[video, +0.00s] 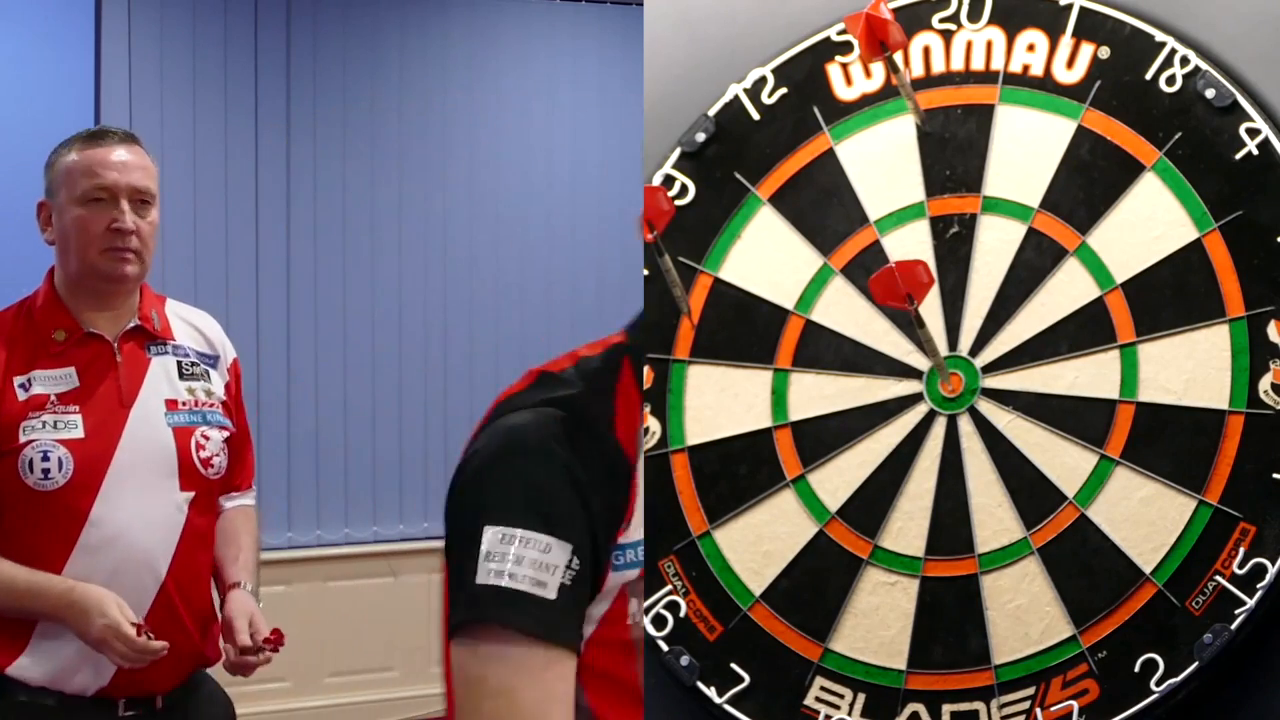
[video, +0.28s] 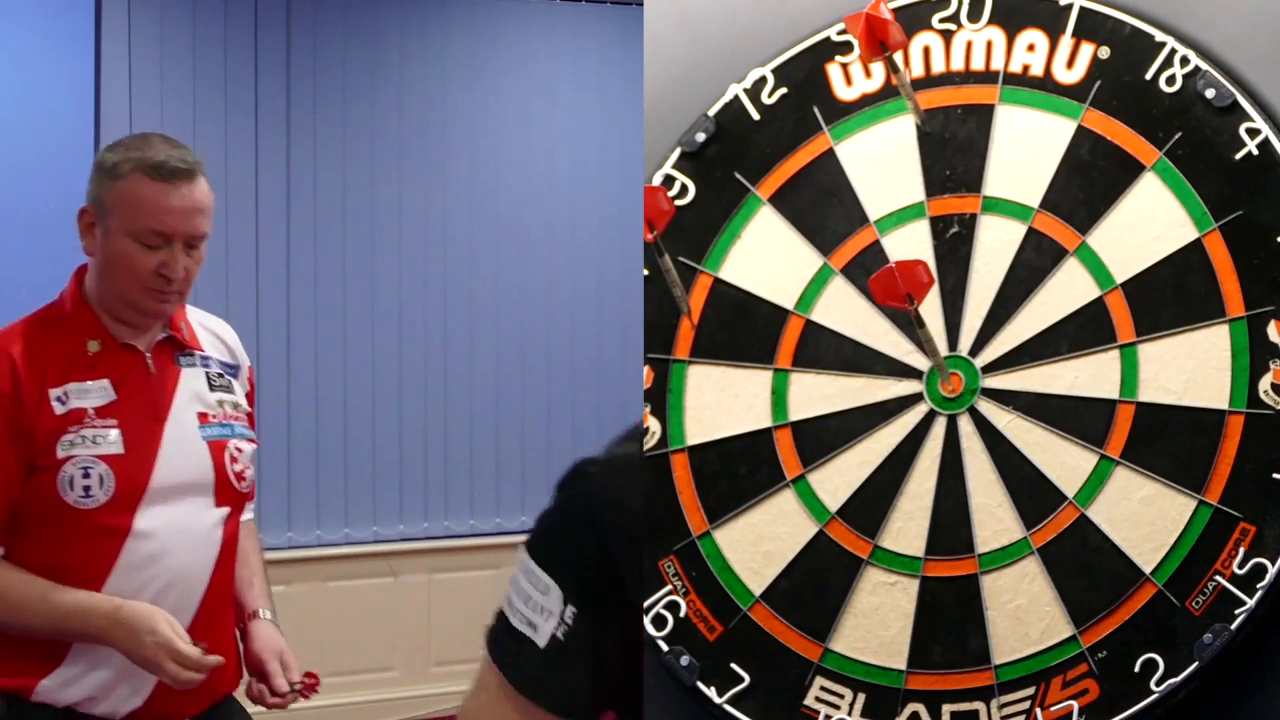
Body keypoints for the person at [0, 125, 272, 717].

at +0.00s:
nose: (127, 222)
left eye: (142, 203)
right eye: (99, 200)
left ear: (158, 219)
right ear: (48, 222)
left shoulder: (206, 345)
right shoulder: (8, 349)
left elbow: (233, 492)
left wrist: (238, 589)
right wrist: (67, 600)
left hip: (182, 695)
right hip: (38, 697)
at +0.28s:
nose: (175, 268)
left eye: (193, 245)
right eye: (151, 242)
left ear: (207, 241)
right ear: (90, 232)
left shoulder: (223, 351)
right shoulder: (17, 364)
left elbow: (235, 507)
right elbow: (2, 566)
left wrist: (258, 617)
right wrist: (108, 618)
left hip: (205, 699)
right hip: (56, 703)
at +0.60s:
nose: (266, 284)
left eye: (283, 259)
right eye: (243, 257)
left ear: (296, 250)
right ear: (176, 238)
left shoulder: (284, 355)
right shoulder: (92, 370)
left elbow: (284, 533)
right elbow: (21, 571)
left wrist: (322, 643)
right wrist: (199, 637)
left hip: (278, 702)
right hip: (139, 708)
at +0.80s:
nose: (305, 239)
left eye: (319, 214)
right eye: (276, 213)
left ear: (331, 221)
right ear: (209, 224)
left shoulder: (309, 346)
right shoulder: (140, 362)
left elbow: (316, 532)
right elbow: (75, 572)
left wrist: (362, 652)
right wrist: (263, 630)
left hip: (311, 704)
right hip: (184, 708)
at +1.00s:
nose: (321, 212)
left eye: (333, 190)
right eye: (290, 189)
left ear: (346, 204)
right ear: (225, 216)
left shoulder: (313, 340)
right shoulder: (186, 346)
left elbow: (323, 541)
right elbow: (126, 568)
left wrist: (388, 667)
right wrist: (330, 630)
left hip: (339, 702)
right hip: (228, 704)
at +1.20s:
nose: (341, 201)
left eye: (352, 181)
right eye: (308, 179)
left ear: (365, 199)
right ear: (242, 211)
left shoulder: (310, 337)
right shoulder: (227, 338)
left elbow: (316, 543)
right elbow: (187, 568)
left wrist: (400, 663)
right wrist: (399, 622)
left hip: (355, 703)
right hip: (263, 704)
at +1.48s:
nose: (375, 193)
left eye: (385, 172)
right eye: (339, 171)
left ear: (397, 193)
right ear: (271, 208)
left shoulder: (331, 336)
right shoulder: (275, 345)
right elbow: (261, 589)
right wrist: (482, 643)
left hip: (371, 701)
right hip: (308, 704)